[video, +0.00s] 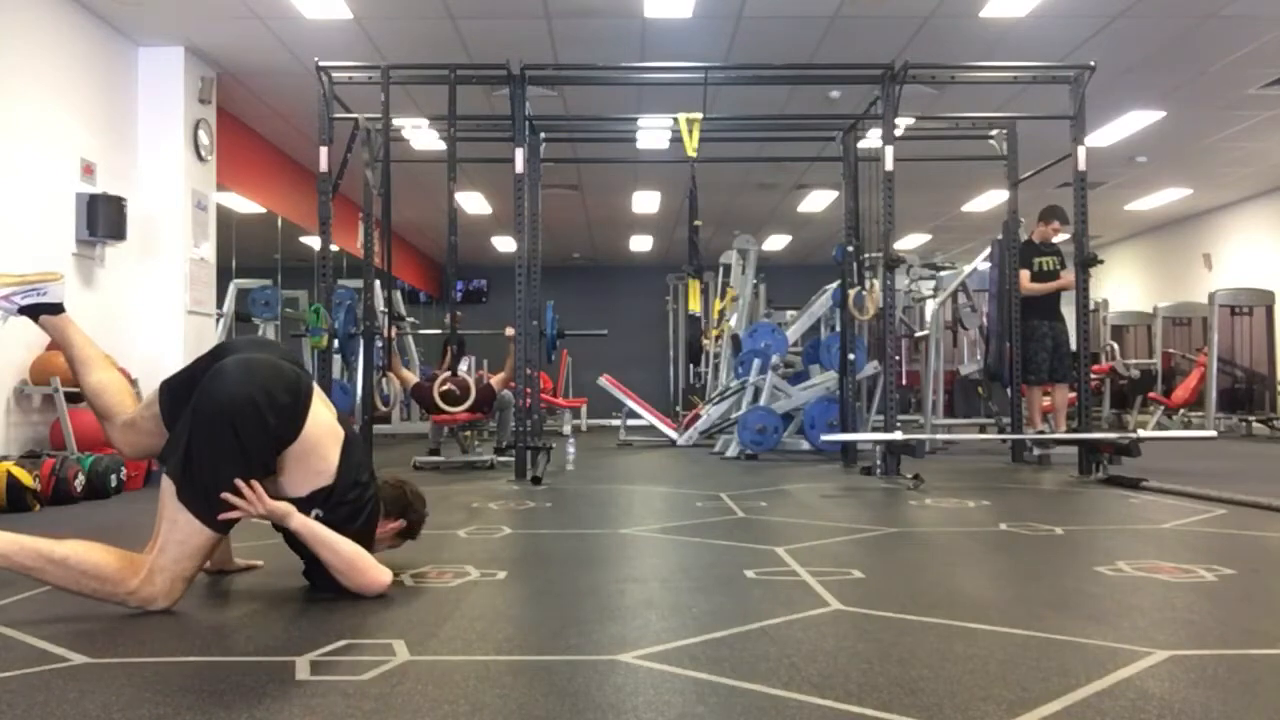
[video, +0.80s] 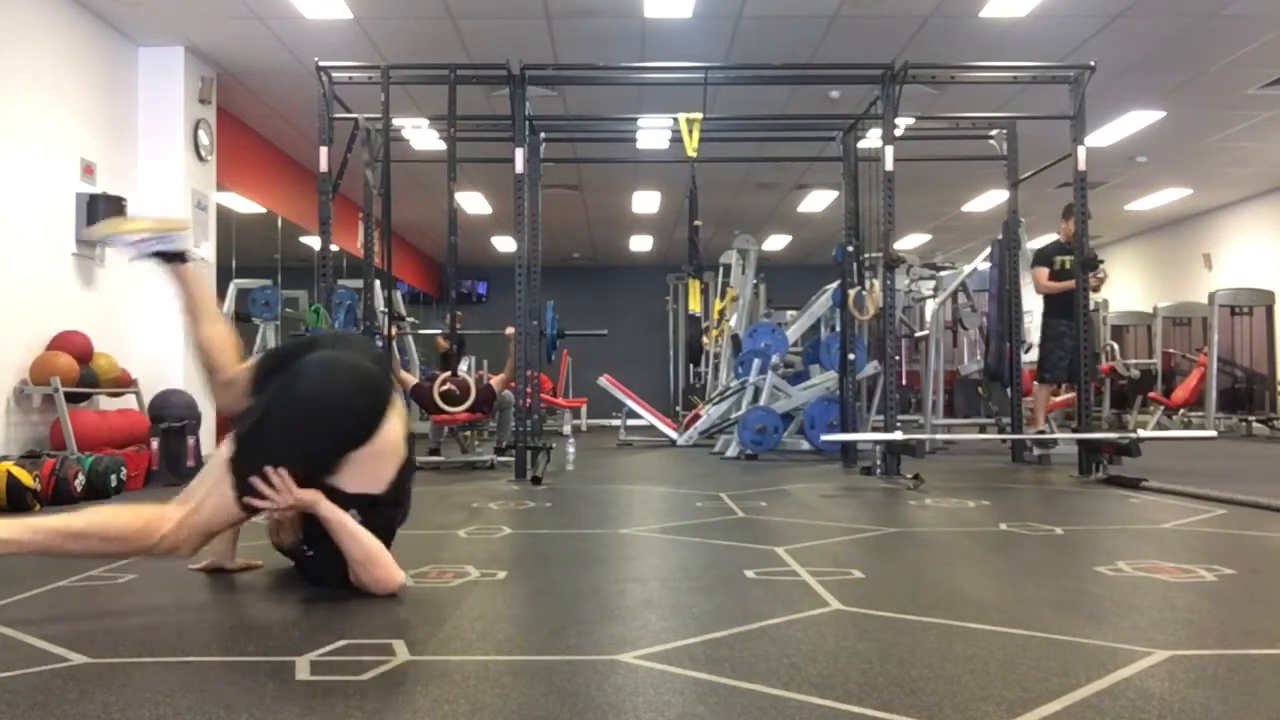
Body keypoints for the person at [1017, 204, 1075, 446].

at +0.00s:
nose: (1056, 235)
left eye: (1059, 231)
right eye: (1055, 230)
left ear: (1049, 228)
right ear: (1042, 225)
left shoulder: (1055, 251)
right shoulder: (1024, 250)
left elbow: (1062, 279)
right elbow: (1024, 287)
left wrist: (1075, 278)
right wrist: (1059, 283)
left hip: (1055, 317)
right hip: (1033, 319)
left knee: (1061, 376)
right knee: (1036, 377)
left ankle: (1061, 428)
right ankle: (1037, 427)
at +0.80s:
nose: (1079, 229)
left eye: (1082, 224)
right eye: (1075, 223)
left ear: (1085, 226)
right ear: (1064, 222)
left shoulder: (1085, 252)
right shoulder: (1045, 253)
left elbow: (1092, 285)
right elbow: (1041, 286)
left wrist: (1097, 281)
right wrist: (1074, 283)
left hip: (1081, 319)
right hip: (1056, 320)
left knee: (1083, 375)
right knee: (1049, 376)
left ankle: (1083, 423)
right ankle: (1039, 425)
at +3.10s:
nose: (1081, 223)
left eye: (1085, 218)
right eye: (1076, 219)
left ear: (1089, 220)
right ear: (1065, 221)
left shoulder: (1091, 250)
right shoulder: (1051, 252)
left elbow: (1111, 277)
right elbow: (1038, 281)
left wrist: (1096, 255)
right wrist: (1068, 266)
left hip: (1089, 320)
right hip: (1062, 320)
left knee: (1089, 376)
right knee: (1058, 377)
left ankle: (1087, 424)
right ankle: (1054, 428)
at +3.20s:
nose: (1080, 223)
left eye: (1083, 218)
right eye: (1075, 218)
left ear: (1088, 221)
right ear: (1065, 221)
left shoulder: (1090, 251)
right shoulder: (1052, 252)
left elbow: (1111, 276)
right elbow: (1048, 280)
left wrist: (1096, 253)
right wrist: (1074, 258)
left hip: (1088, 319)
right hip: (1062, 319)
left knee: (1089, 375)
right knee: (1058, 376)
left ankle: (1087, 423)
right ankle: (1054, 428)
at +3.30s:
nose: (1080, 223)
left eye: (1084, 218)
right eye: (1075, 218)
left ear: (1088, 221)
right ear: (1065, 221)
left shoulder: (1090, 251)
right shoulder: (1051, 252)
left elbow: (1111, 275)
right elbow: (1053, 279)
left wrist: (1096, 253)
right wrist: (1077, 255)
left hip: (1089, 319)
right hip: (1062, 319)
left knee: (1088, 375)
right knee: (1058, 376)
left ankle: (1087, 423)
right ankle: (1054, 427)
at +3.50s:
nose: (1079, 226)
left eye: (1083, 221)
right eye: (1074, 221)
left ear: (1088, 223)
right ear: (1065, 223)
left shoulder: (1089, 251)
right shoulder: (1051, 252)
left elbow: (1114, 273)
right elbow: (1053, 275)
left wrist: (1101, 249)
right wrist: (1072, 250)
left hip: (1088, 320)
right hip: (1063, 320)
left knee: (1088, 375)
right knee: (1059, 377)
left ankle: (1087, 422)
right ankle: (1055, 427)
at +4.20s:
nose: (1083, 223)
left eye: (1087, 218)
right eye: (1078, 217)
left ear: (1092, 222)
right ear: (1068, 221)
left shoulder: (1092, 249)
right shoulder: (1057, 246)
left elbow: (1126, 257)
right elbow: (1043, 255)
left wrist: (1106, 233)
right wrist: (1059, 230)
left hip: (1088, 318)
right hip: (1063, 318)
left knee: (1088, 376)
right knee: (1059, 377)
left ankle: (1086, 425)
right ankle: (1055, 427)